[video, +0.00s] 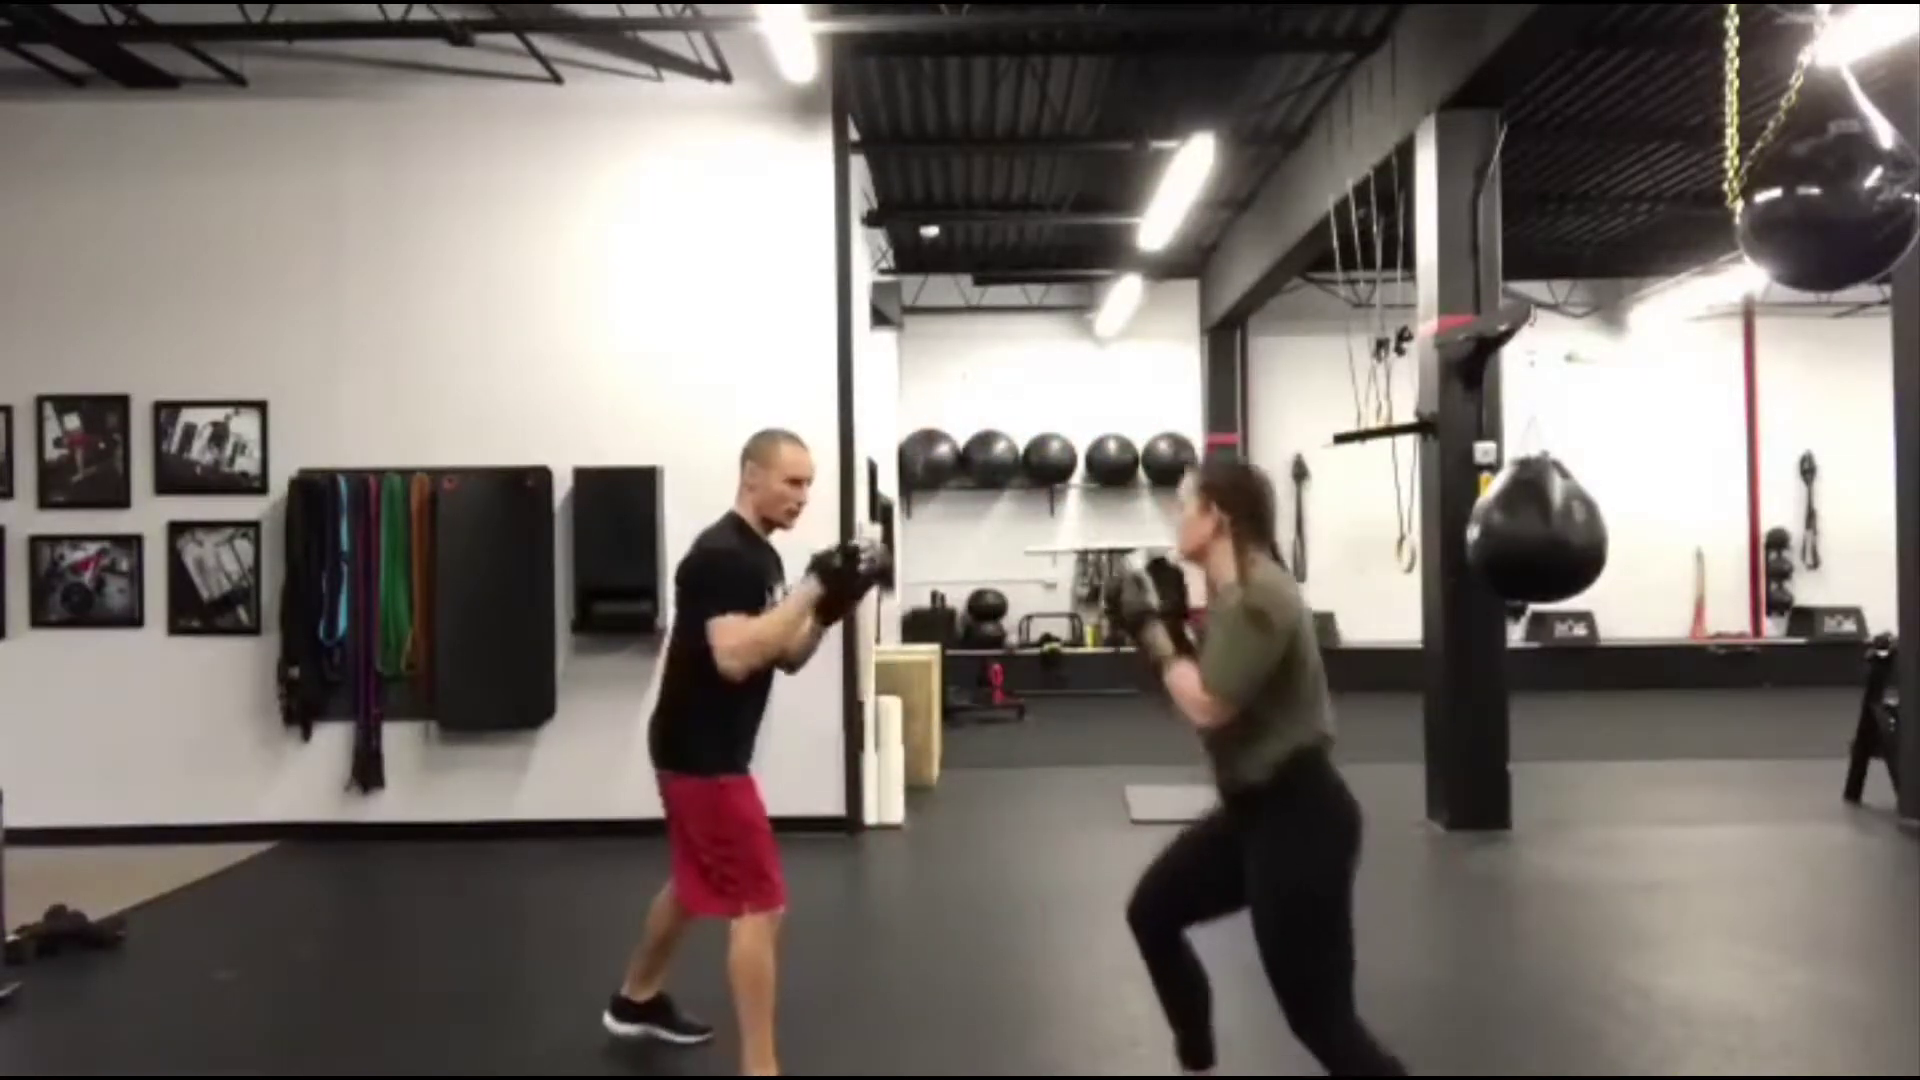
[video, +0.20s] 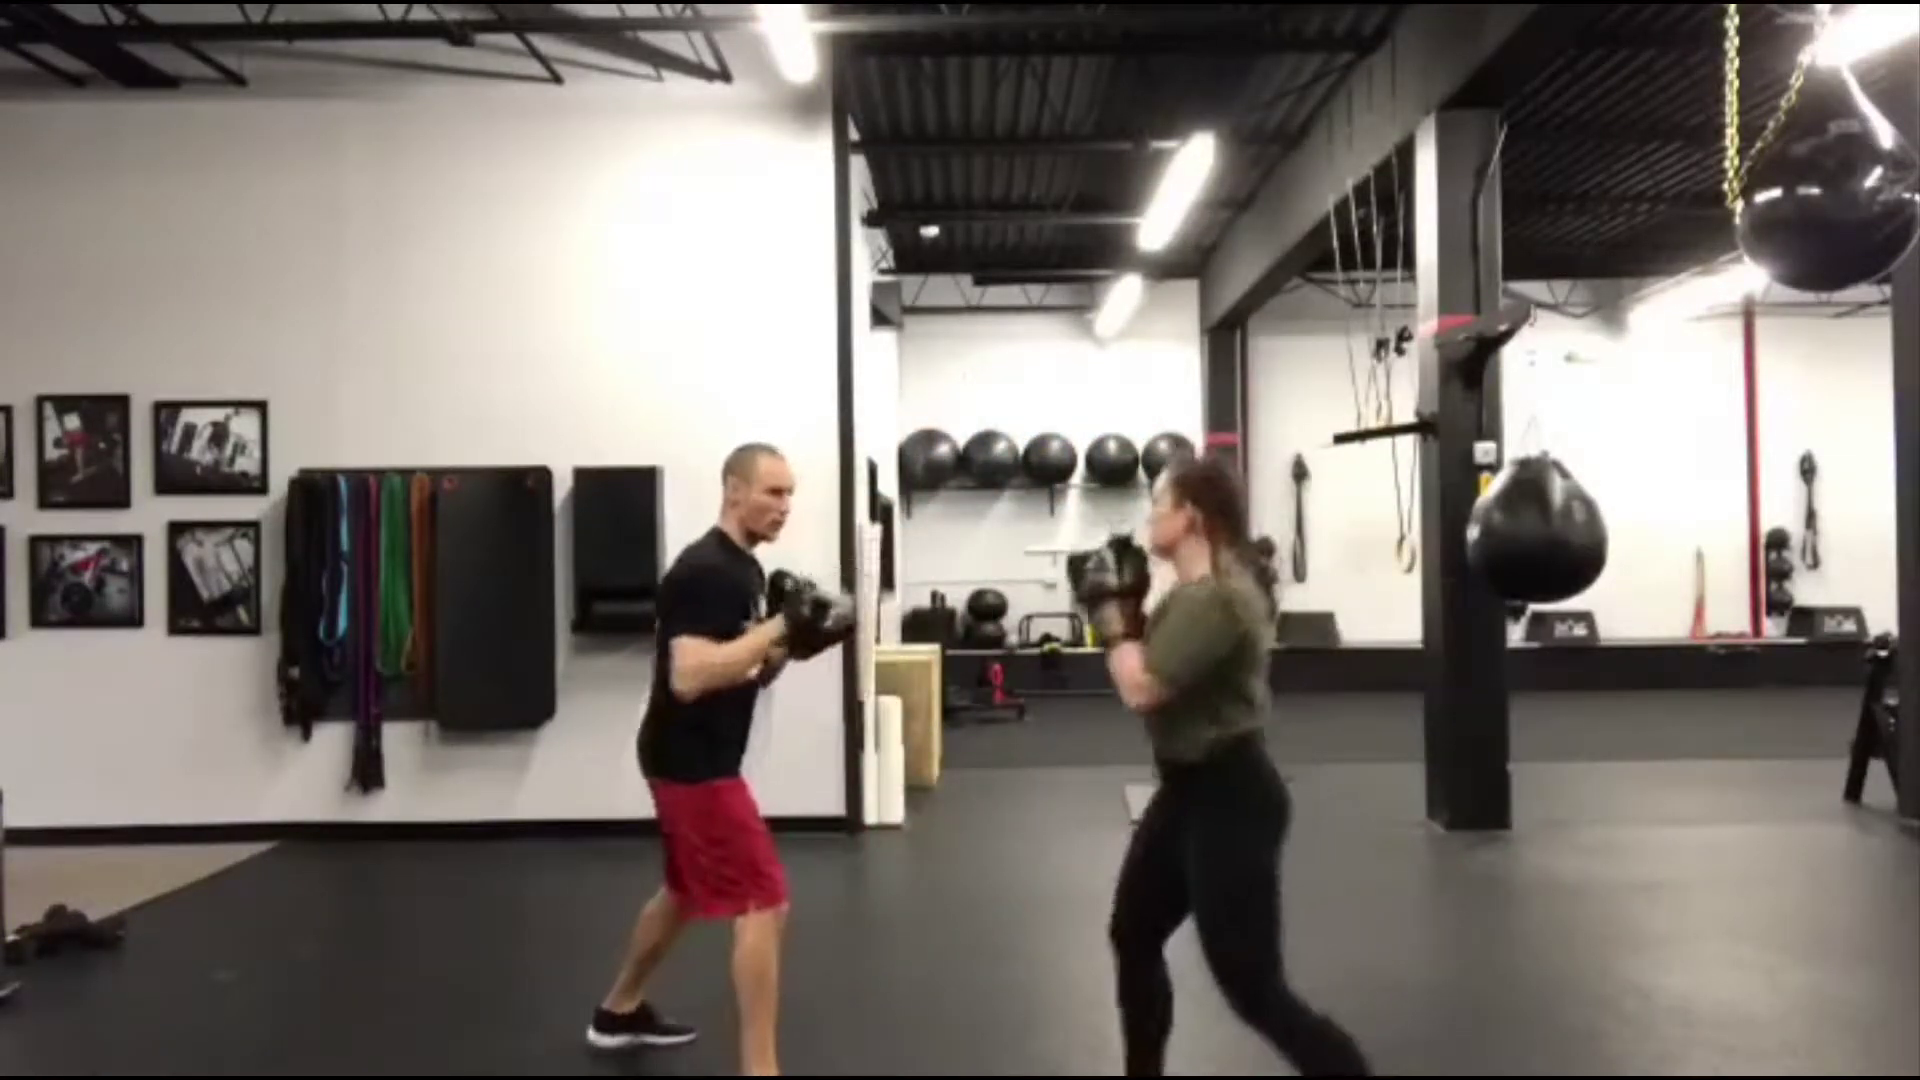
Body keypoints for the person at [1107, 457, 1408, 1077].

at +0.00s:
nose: (1177, 521)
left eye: (1186, 508)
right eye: (1181, 508)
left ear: (1215, 518)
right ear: (1226, 519)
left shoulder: (1259, 597)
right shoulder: (1240, 597)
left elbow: (1208, 706)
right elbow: (1212, 691)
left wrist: (1153, 635)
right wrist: (1169, 629)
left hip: (1301, 817)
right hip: (1263, 815)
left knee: (1321, 1020)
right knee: (1152, 912)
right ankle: (1197, 1064)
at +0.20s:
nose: (1149, 520)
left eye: (1158, 508)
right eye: (1153, 508)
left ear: (1189, 518)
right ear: (1194, 519)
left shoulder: (1217, 600)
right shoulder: (1196, 595)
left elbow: (1142, 688)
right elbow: (1155, 673)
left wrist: (1114, 618)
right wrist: (1130, 606)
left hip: (1230, 797)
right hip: (1191, 793)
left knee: (1250, 985)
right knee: (1134, 933)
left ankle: (1346, 1065)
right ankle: (1143, 1069)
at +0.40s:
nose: (1134, 541)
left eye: (1145, 530)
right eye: (1140, 530)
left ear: (1173, 547)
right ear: (1174, 548)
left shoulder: (1207, 630)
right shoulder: (1173, 624)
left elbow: (1139, 731)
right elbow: (1146, 709)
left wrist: (1102, 660)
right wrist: (1113, 649)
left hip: (1211, 828)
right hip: (1166, 825)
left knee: (1231, 1021)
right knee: (1098, 957)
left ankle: (1327, 1070)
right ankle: (1141, 1071)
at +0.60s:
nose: (1150, 501)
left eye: (1160, 489)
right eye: (1154, 489)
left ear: (1194, 499)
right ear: (1197, 500)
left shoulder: (1230, 573)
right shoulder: (1197, 574)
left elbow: (1167, 668)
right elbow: (1170, 657)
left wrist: (1130, 598)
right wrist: (1134, 594)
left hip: (1261, 779)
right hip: (1216, 778)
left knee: (1275, 964)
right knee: (1161, 925)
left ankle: (1366, 1065)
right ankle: (1163, 1067)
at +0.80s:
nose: (1172, 557)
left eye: (1183, 546)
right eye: (1176, 545)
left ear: (1216, 558)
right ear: (1219, 558)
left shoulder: (1260, 633)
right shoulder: (1236, 630)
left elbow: (1223, 743)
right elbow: (1218, 721)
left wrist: (1165, 677)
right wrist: (1176, 669)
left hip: (1300, 836)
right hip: (1257, 833)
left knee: (1297, 1028)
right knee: (1154, 942)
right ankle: (1187, 1071)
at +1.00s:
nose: (1154, 499)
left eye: (1165, 487)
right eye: (1159, 487)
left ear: (1199, 499)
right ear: (1202, 501)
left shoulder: (1230, 576)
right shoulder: (1201, 573)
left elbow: (1169, 669)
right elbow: (1175, 655)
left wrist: (1130, 595)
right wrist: (1137, 593)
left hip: (1254, 782)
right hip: (1208, 779)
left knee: (1285, 962)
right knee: (1126, 898)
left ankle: (1368, 1067)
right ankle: (1137, 1051)